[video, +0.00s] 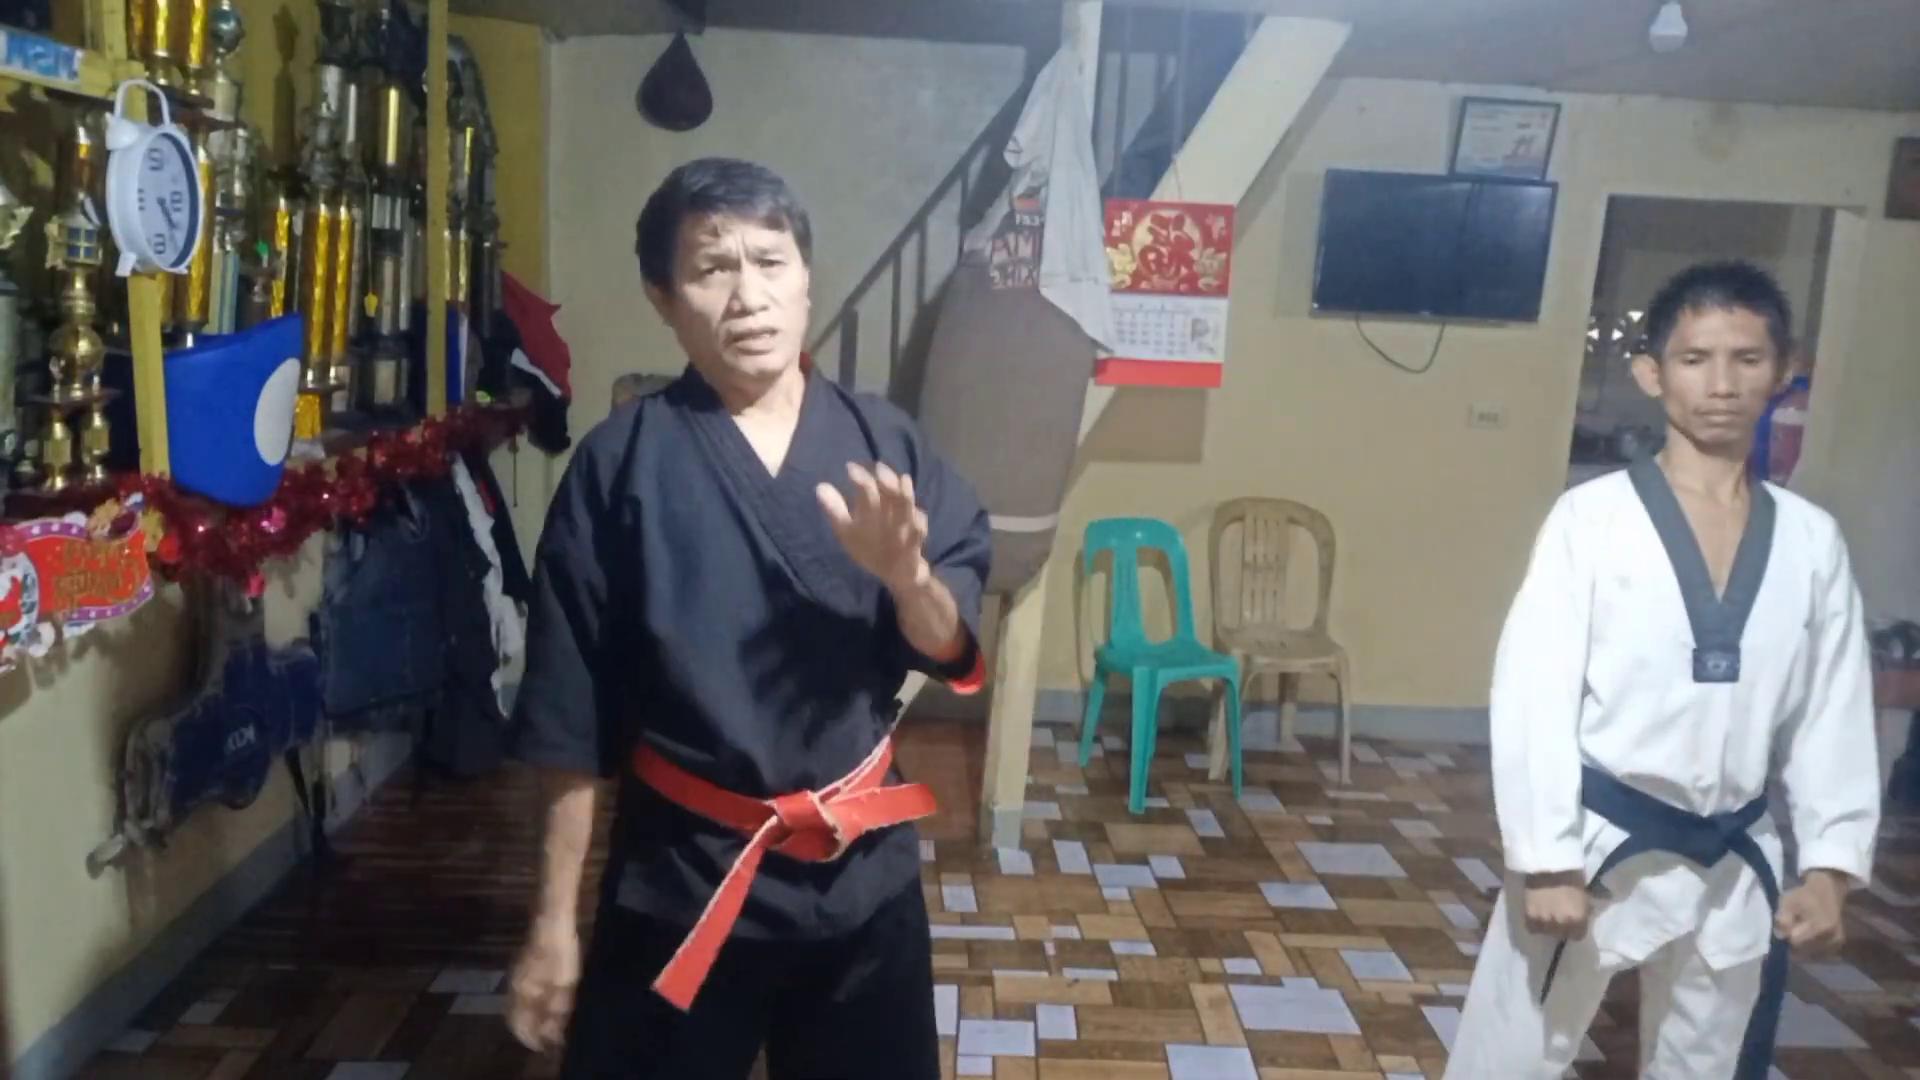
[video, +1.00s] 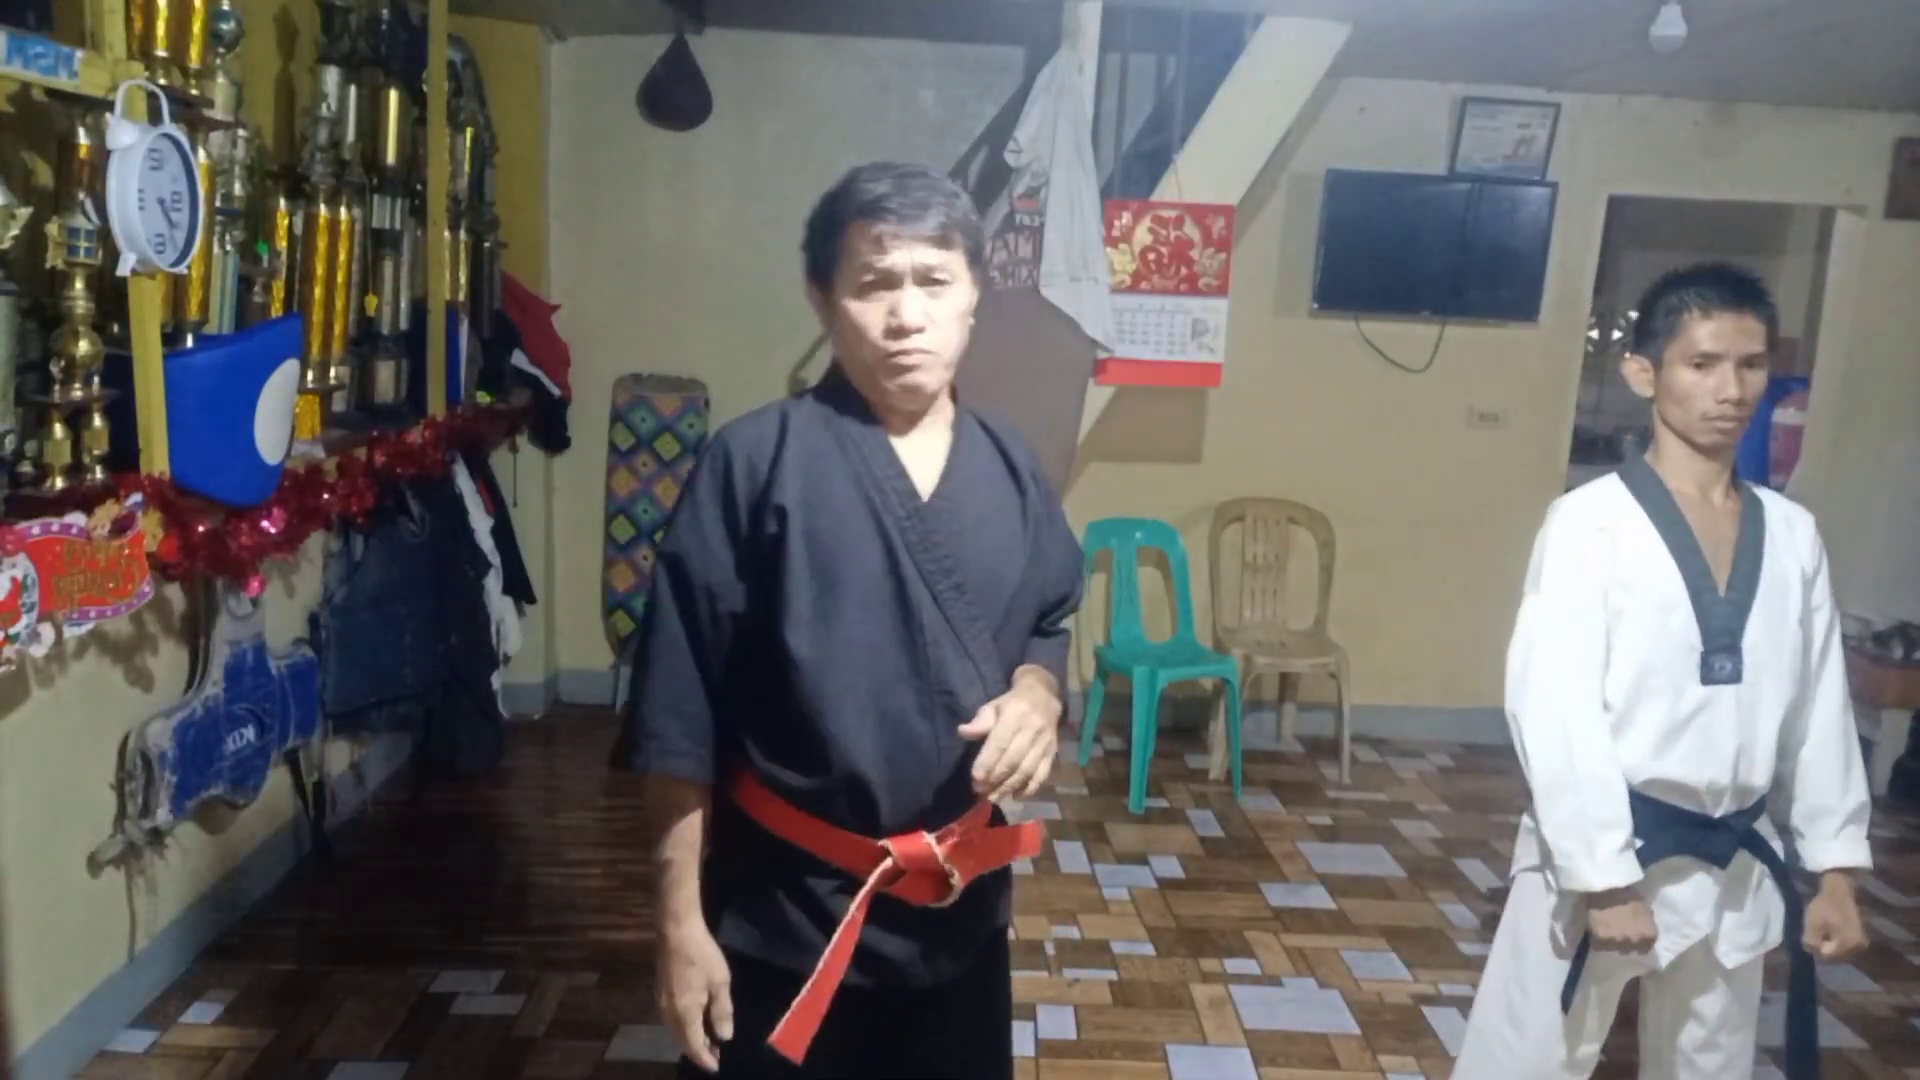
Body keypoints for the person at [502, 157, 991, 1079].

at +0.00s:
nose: (750, 295)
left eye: (771, 262)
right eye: (712, 270)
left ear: (808, 278)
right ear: (663, 301)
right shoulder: (615, 467)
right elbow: (572, 714)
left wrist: (908, 577)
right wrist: (553, 921)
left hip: (859, 878)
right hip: (680, 884)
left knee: (885, 1069)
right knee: (646, 1068)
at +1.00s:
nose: (907, 313)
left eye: (934, 282)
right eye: (876, 284)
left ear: (976, 296)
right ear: (824, 303)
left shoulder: (1005, 463)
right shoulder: (752, 464)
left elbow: (1048, 622)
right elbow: (677, 699)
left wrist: (1040, 694)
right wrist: (679, 919)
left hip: (961, 915)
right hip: (790, 918)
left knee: (962, 1067)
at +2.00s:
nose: (899, 303)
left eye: (924, 273)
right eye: (864, 276)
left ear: (962, 293)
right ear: (811, 303)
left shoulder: (1004, 474)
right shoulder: (732, 469)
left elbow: (1039, 644)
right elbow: (648, 682)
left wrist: (1020, 785)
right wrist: (759, 826)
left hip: (951, 926)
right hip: (771, 926)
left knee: (951, 1071)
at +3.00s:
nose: (897, 310)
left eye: (920, 277)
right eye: (861, 286)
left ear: (961, 292)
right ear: (815, 315)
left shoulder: (1009, 465)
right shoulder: (752, 465)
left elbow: (1043, 656)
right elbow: (686, 689)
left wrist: (1021, 813)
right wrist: (799, 851)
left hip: (960, 926)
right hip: (789, 931)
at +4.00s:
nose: (876, 316)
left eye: (904, 284)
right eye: (844, 290)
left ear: (957, 297)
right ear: (809, 313)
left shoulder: (1006, 472)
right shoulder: (733, 468)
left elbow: (1054, 694)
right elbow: (662, 686)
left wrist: (996, 632)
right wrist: (754, 859)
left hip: (939, 902)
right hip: (755, 903)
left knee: (941, 1070)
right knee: (746, 1075)